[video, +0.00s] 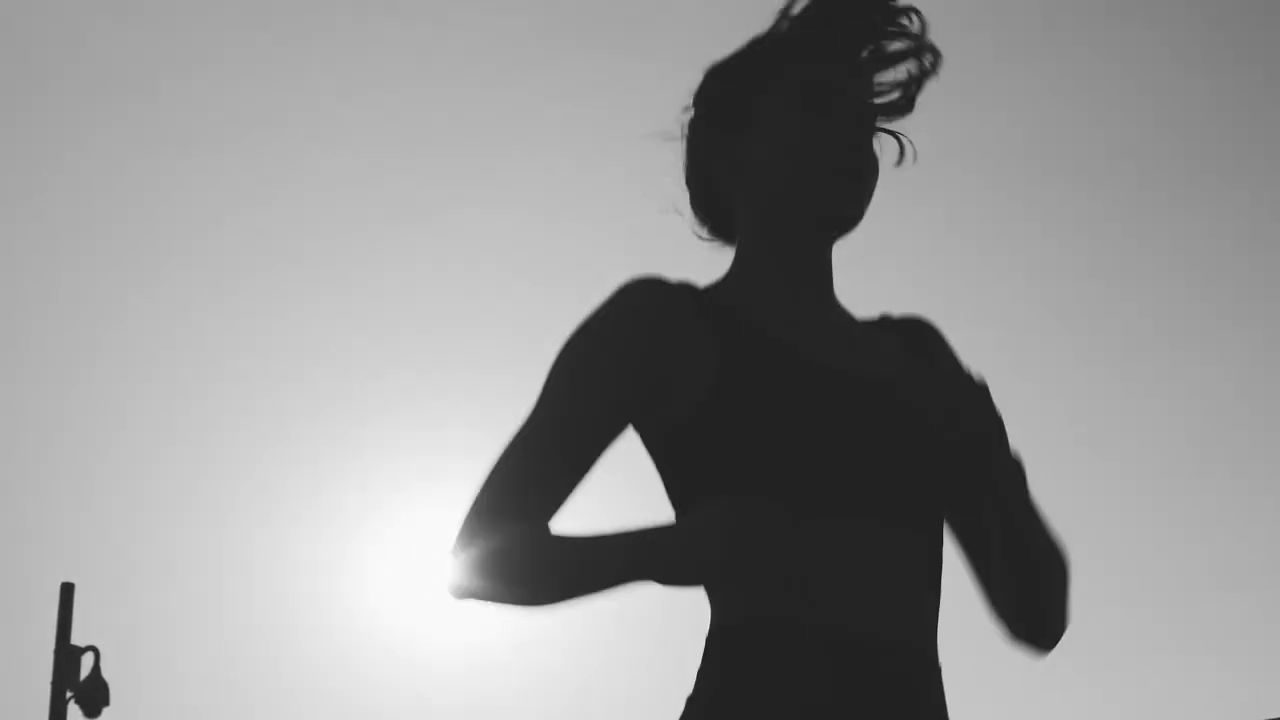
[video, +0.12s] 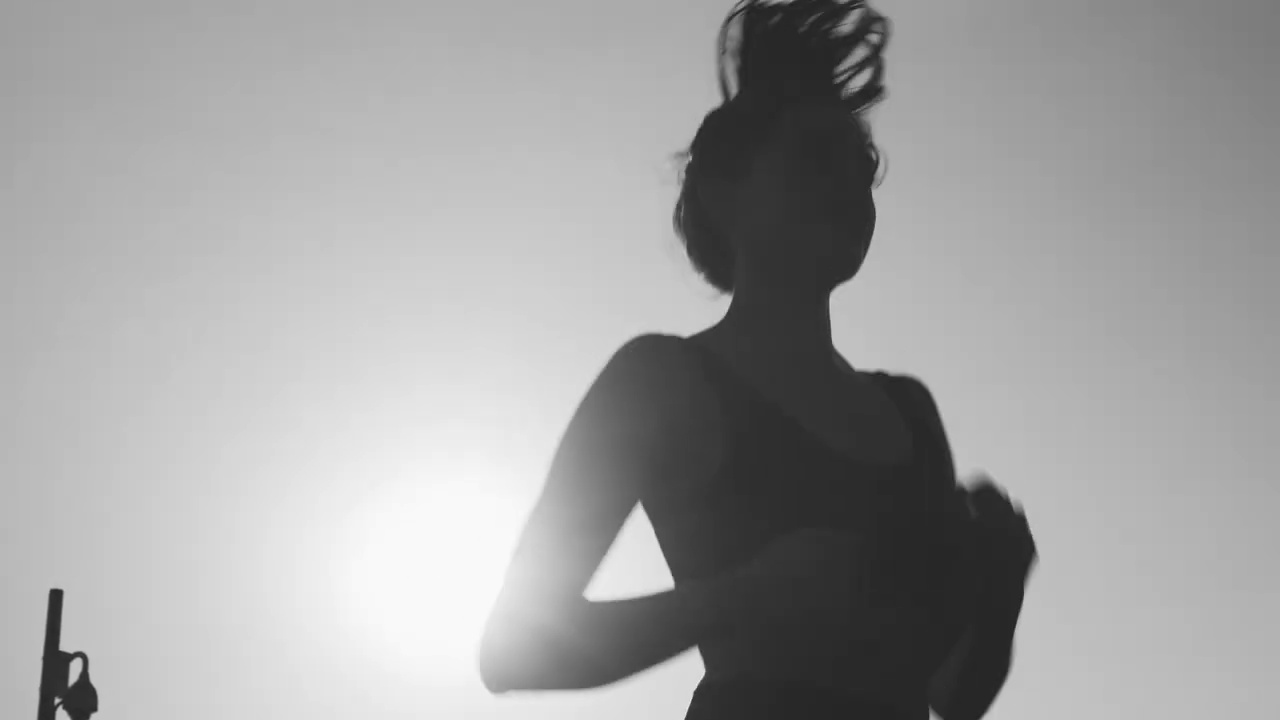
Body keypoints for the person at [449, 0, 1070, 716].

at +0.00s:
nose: (852, 152)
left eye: (861, 131)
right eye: (815, 123)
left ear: (873, 163)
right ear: (731, 158)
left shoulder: (913, 357)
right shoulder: (659, 327)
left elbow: (1040, 620)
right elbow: (484, 559)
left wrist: (972, 437)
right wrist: (671, 552)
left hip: (905, 700)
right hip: (748, 696)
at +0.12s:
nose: (851, 187)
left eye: (860, 169)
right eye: (813, 160)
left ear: (869, 207)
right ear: (719, 198)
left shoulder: (907, 409)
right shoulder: (660, 379)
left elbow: (954, 698)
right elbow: (515, 649)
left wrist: (997, 589)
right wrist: (750, 593)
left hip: (890, 709)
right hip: (751, 703)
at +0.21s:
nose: (853, 208)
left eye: (864, 191)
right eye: (816, 181)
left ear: (874, 216)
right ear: (725, 211)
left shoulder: (897, 428)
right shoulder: (662, 397)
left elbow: (901, 700)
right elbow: (559, 678)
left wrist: (979, 656)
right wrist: (803, 596)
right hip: (739, 708)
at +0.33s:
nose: (854, 214)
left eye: (863, 194)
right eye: (815, 184)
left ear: (869, 220)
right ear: (723, 215)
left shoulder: (877, 431)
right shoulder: (674, 387)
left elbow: (844, 674)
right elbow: (633, 661)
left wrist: (936, 682)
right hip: (725, 708)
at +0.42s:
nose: (857, 195)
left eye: (862, 179)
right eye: (820, 174)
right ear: (726, 207)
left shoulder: (858, 418)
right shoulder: (677, 365)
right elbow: (673, 614)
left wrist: (908, 661)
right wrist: (909, 489)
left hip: (861, 708)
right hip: (730, 702)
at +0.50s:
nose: (852, 187)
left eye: (858, 167)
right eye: (818, 164)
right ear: (736, 186)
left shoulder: (814, 381)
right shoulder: (683, 326)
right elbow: (706, 561)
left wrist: (891, 637)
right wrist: (920, 448)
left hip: (857, 700)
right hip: (745, 696)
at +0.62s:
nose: (851, 173)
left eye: (853, 154)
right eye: (823, 149)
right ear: (744, 163)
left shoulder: (762, 332)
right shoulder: (690, 290)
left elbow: (653, 608)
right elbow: (720, 507)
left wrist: (869, 608)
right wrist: (911, 417)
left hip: (839, 688)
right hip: (760, 688)